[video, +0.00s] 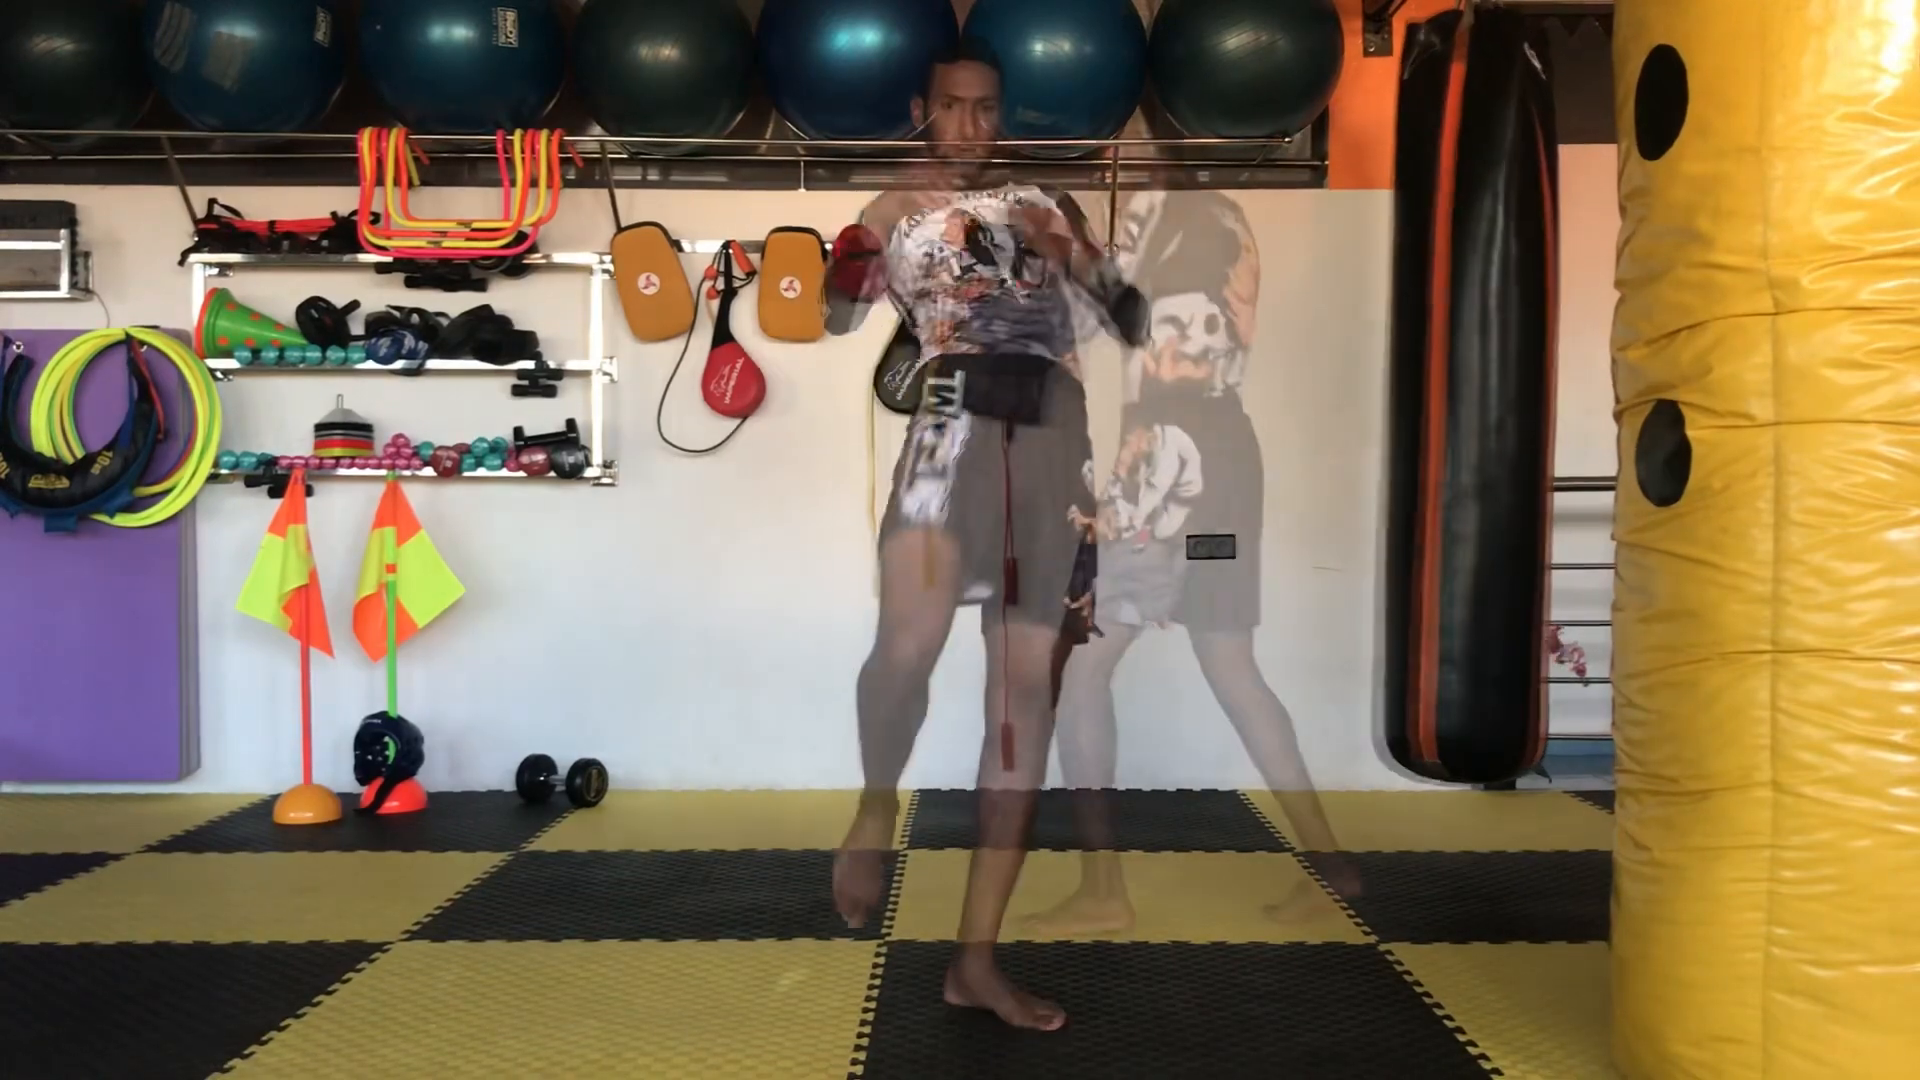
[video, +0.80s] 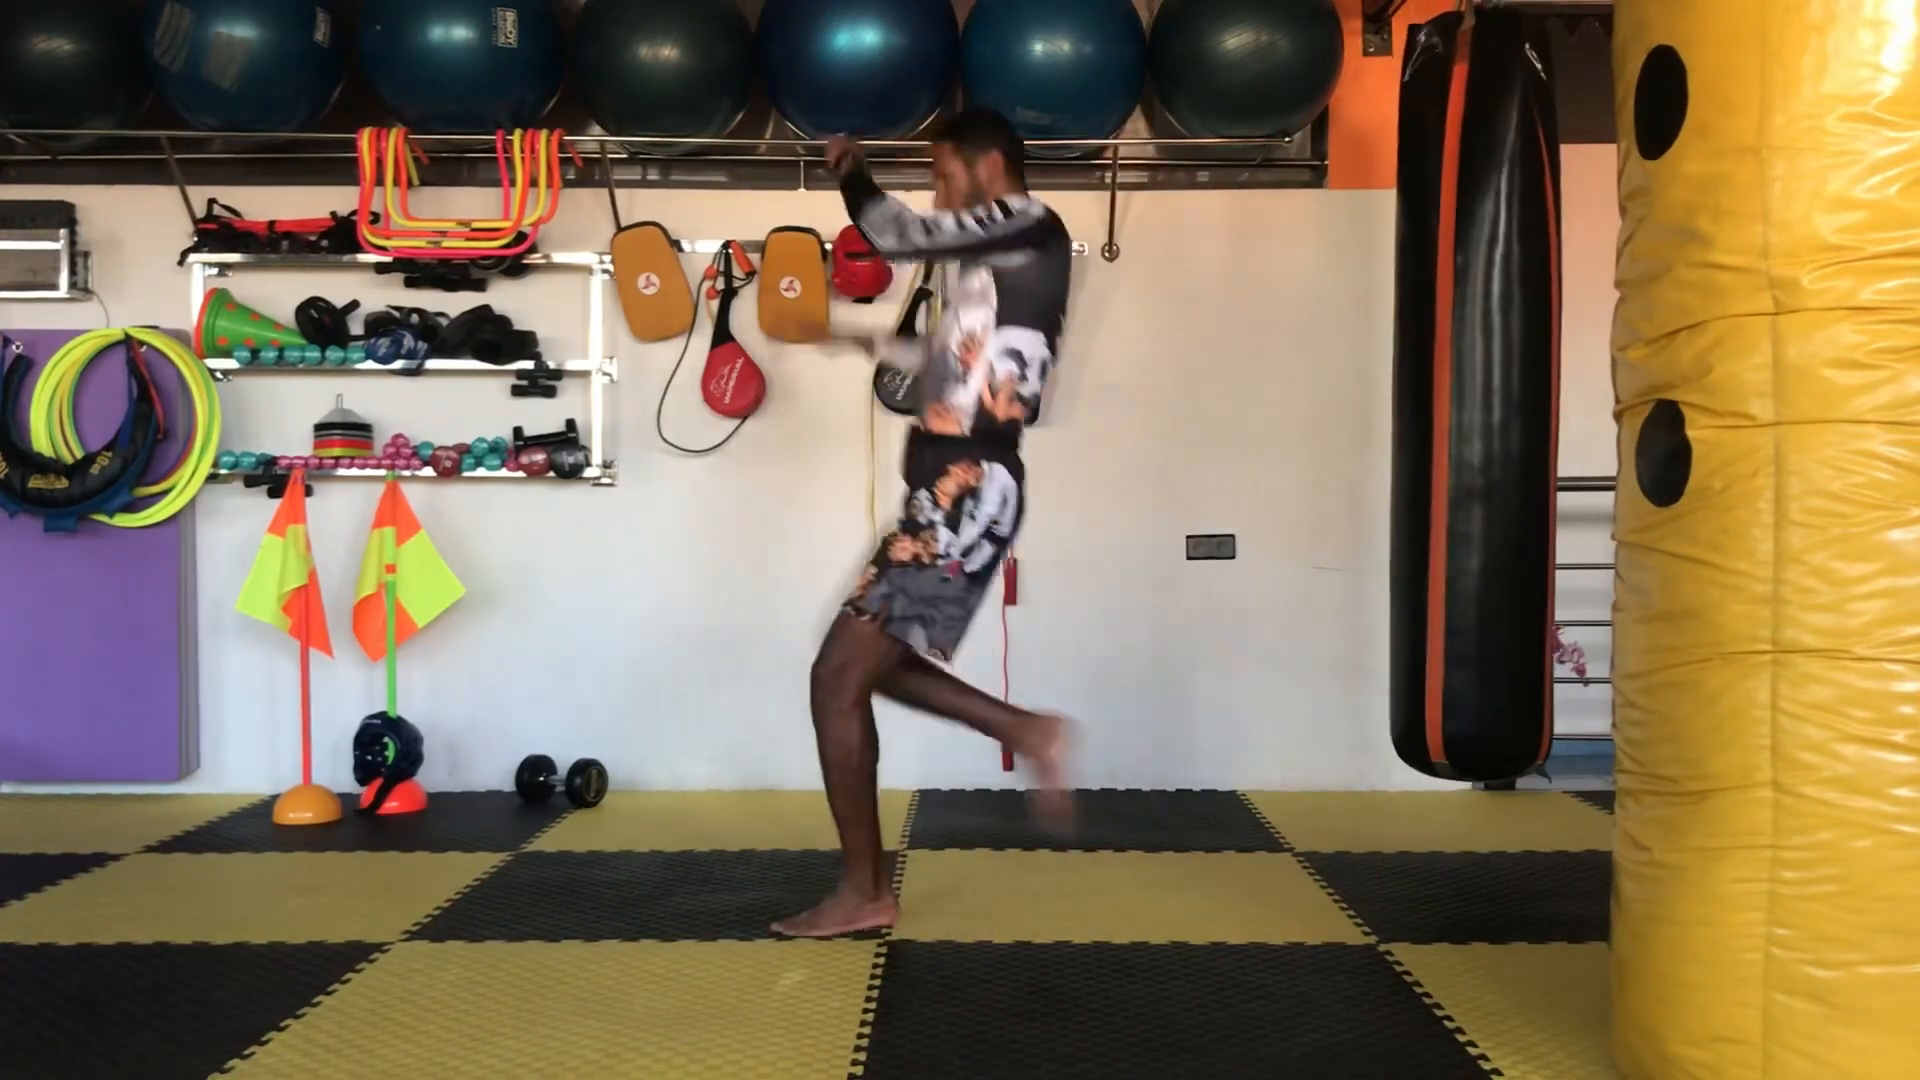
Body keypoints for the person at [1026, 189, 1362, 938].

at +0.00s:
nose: (1111, 159)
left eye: (1119, 144)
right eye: (1110, 147)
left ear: (1144, 144)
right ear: (1186, 142)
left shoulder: (1152, 225)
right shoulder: (1228, 224)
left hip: (1163, 465)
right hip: (1225, 461)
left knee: (1081, 672)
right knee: (1233, 671)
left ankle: (1101, 887)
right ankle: (1327, 864)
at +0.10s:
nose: (1110, 185)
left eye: (1117, 167)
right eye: (1111, 169)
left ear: (1141, 163)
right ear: (1174, 159)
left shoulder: (1157, 239)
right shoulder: (1236, 245)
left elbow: (1117, 348)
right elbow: (1245, 373)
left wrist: (1052, 300)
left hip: (1176, 487)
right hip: (1242, 483)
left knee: (1063, 675)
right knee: (1253, 699)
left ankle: (1102, 890)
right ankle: (1342, 887)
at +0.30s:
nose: (1083, 172)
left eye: (1091, 156)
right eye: (1079, 157)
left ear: (1128, 150)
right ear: (1147, 146)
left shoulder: (1160, 218)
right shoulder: (1201, 220)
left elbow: (1113, 336)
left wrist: (1056, 264)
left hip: (1169, 466)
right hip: (1217, 466)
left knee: (1038, 638)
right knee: (1228, 671)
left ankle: (1069, 859)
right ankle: (1325, 859)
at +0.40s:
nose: (1062, 180)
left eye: (1066, 161)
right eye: (1058, 164)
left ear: (1108, 144)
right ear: (1117, 145)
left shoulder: (1149, 208)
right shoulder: (1170, 210)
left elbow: (1088, 313)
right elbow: (1095, 309)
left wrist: (1025, 234)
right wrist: (1028, 234)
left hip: (1150, 464)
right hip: (1190, 462)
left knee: (1016, 634)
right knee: (1214, 663)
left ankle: (1000, 856)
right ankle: (1322, 849)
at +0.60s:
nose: (997, 238)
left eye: (1005, 221)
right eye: (995, 224)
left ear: (1052, 213)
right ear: (1051, 216)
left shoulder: (1096, 280)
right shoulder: (1073, 285)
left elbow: (1049, 358)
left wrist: (953, 297)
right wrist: (934, 219)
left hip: (1084, 524)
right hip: (1107, 518)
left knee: (911, 668)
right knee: (1200, 702)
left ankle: (873, 887)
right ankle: (1340, 871)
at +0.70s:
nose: (957, 226)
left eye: (965, 210)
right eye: (956, 212)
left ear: (1012, 202)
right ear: (1003, 206)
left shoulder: (1055, 266)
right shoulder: (1005, 277)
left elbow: (971, 305)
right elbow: (932, 306)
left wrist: (875, 236)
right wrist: (869, 246)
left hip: (1011, 524)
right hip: (1027, 520)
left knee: (852, 682)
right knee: (1055, 723)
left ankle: (866, 896)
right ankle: (1243, 817)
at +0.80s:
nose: (940, 188)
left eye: (946, 170)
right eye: (938, 174)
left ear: (989, 163)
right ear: (993, 166)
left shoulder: (1028, 224)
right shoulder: (996, 249)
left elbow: (908, 236)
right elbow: (949, 379)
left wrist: (854, 178)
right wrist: (862, 336)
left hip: (964, 490)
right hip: (958, 487)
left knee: (836, 679)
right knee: (871, 662)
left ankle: (863, 890)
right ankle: (1027, 732)